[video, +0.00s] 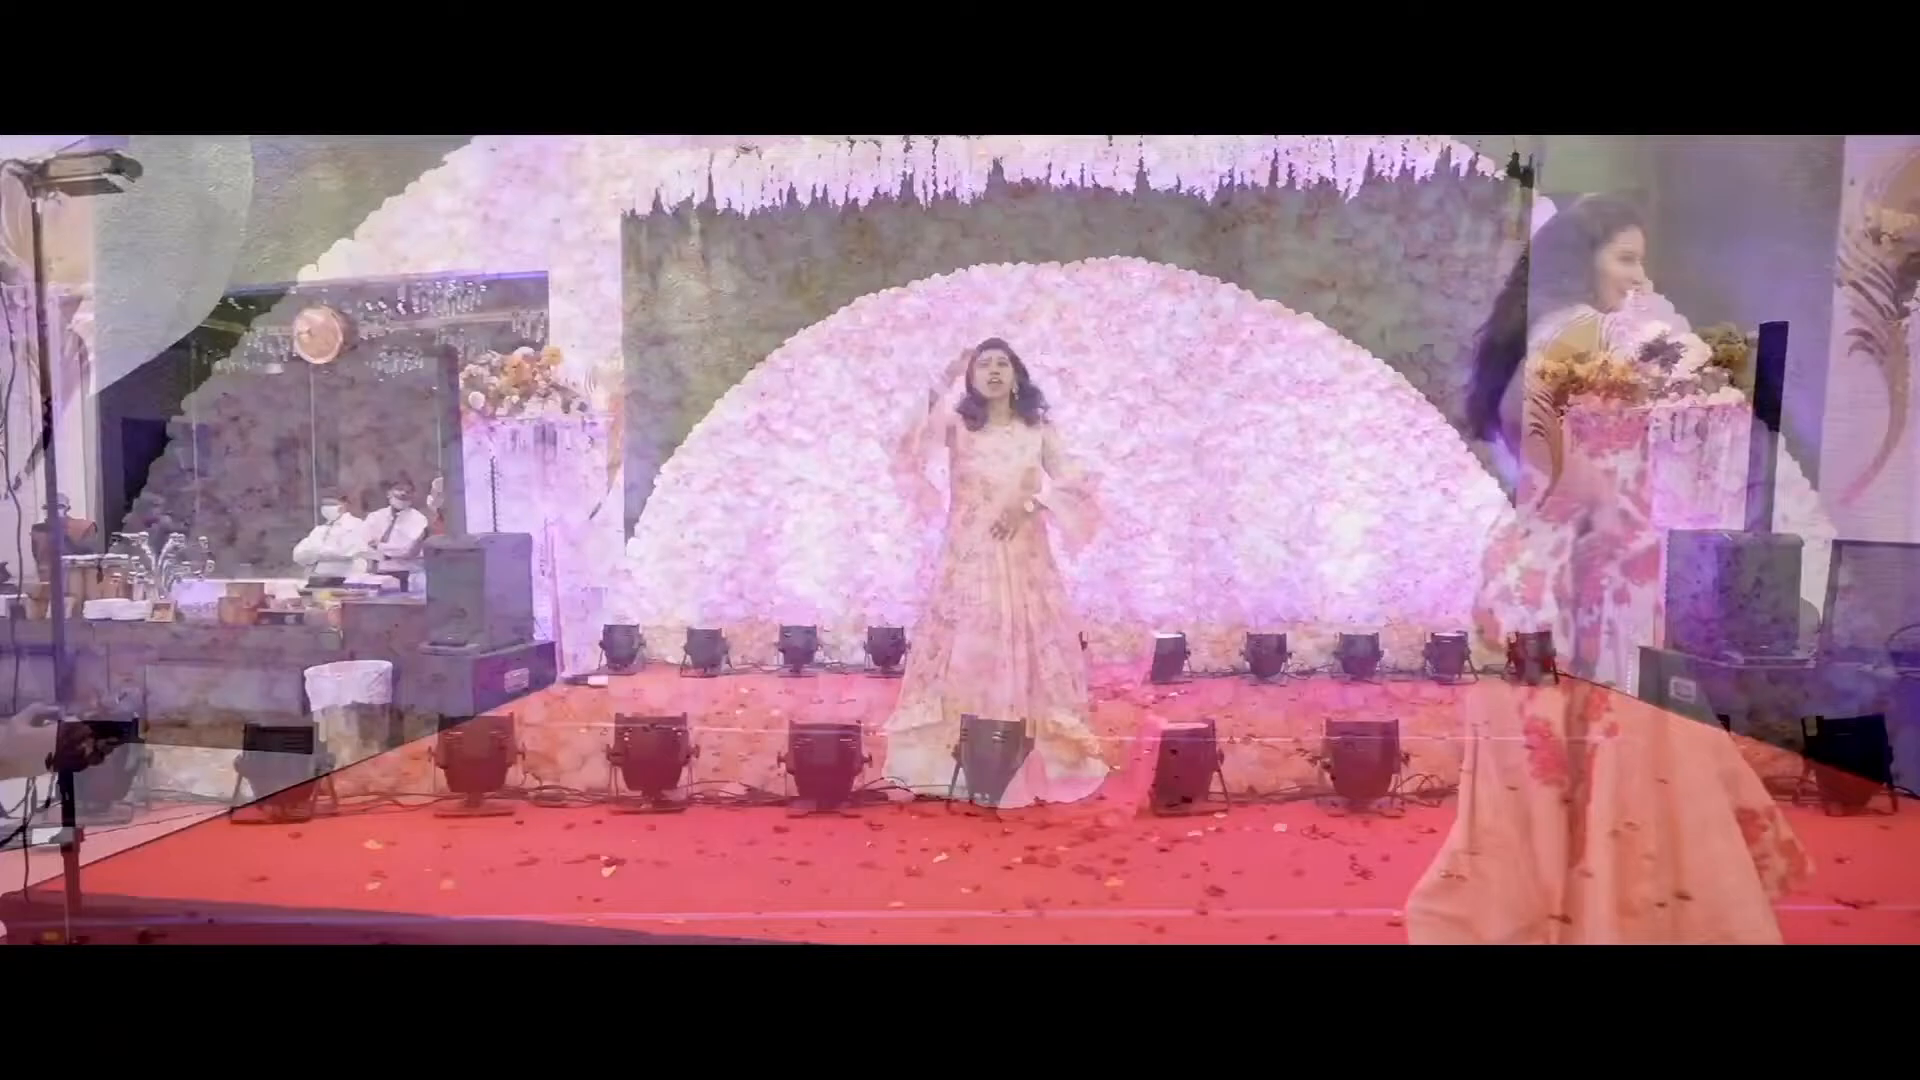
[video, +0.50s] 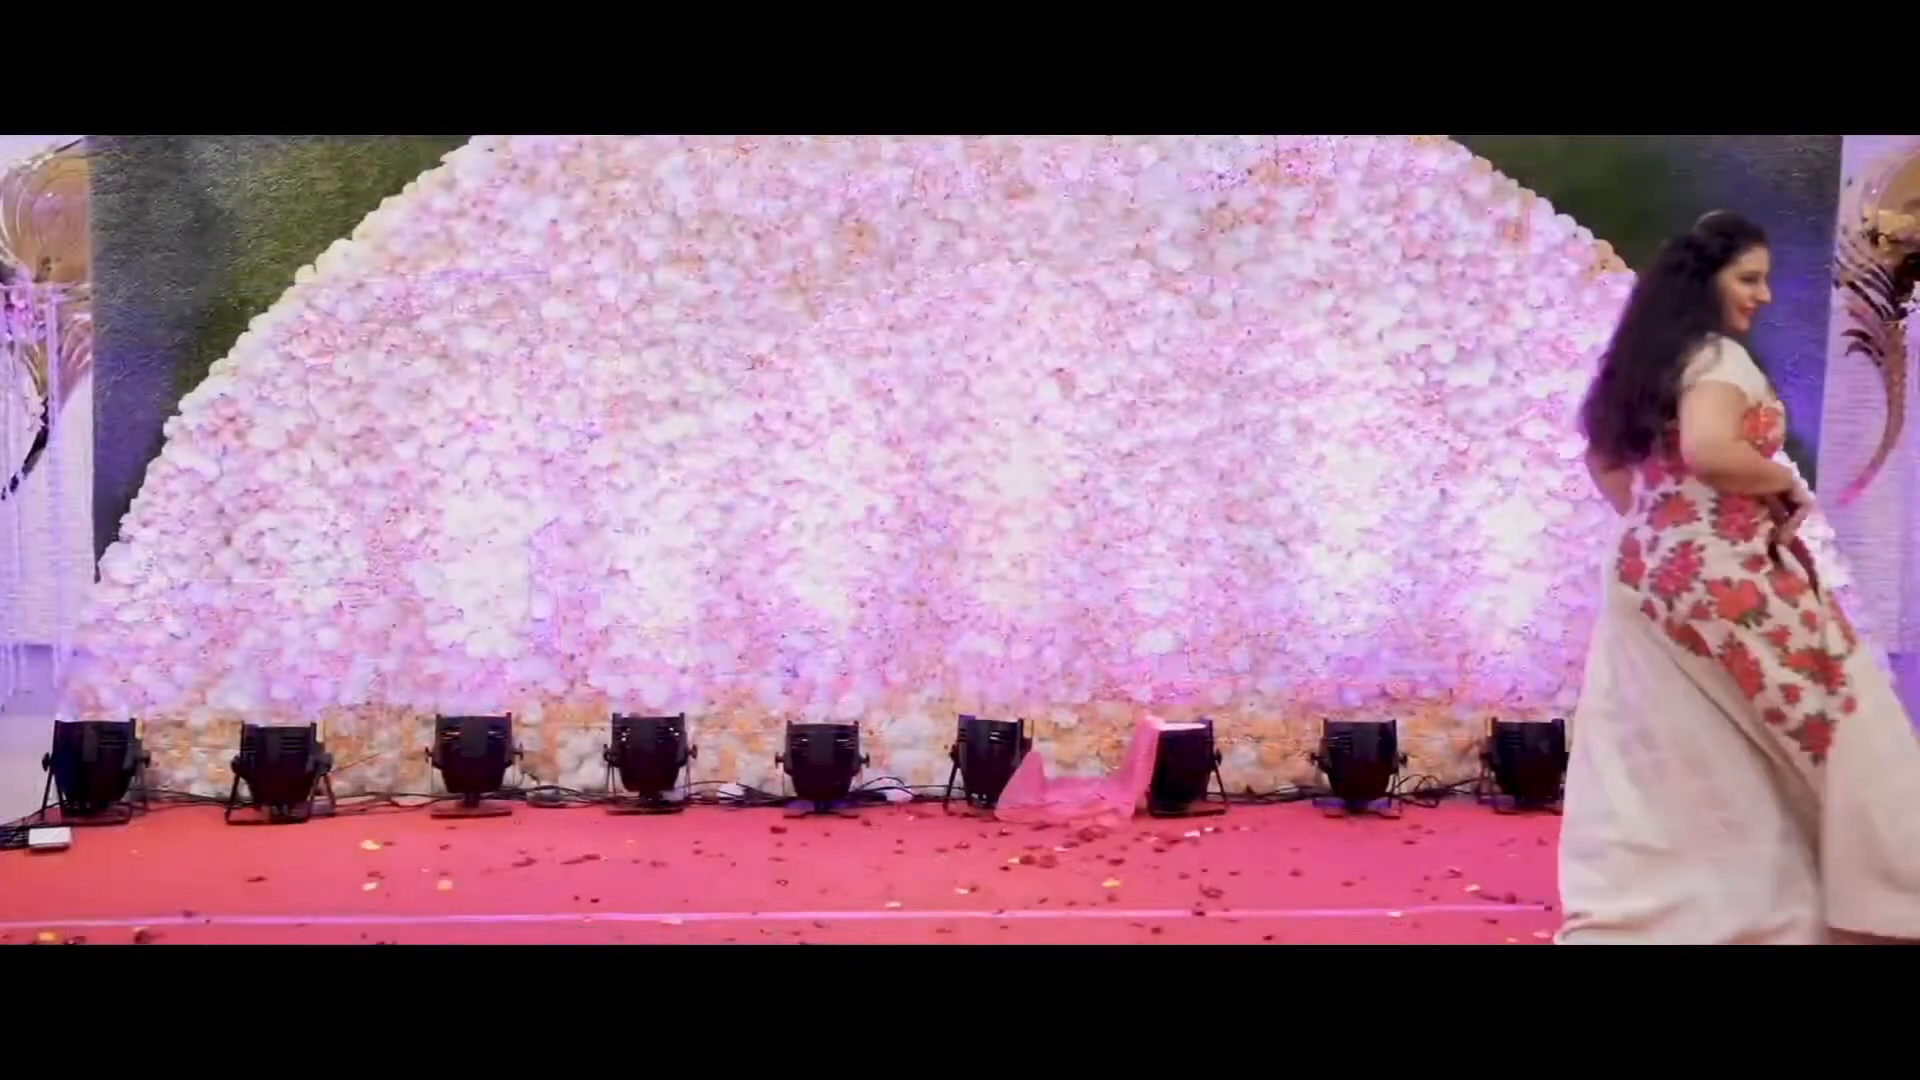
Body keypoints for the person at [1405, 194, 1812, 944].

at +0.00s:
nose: (1638, 276)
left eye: (1642, 261)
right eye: (1624, 260)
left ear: (1641, 266)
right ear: (1581, 262)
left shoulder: (1632, 349)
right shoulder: (1560, 348)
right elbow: (1554, 485)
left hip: (1629, 563)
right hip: (1565, 564)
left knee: (1625, 730)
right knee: (1561, 736)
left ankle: (1625, 900)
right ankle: (1564, 898)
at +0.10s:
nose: (1658, 282)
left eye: (1661, 268)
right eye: (1646, 267)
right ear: (1604, 268)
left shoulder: (1621, 346)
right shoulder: (1595, 349)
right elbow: (1579, 436)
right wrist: (1644, 497)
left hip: (1612, 538)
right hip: (1580, 541)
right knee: (1584, 705)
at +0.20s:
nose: (1685, 292)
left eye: (1688, 278)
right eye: (1673, 276)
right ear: (1630, 274)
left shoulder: (1636, 346)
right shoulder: (1636, 346)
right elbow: (1594, 427)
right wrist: (1680, 485)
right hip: (1614, 558)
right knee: (1615, 725)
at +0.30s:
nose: (1710, 294)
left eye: (1712, 279)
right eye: (1697, 279)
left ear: (1654, 283)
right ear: (1655, 279)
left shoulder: (1606, 350)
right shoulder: (1666, 350)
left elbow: (1551, 460)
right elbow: (1630, 438)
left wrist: (1601, 520)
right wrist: (1707, 474)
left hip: (1598, 563)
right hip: (1656, 565)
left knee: (1609, 749)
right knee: (1678, 749)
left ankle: (1606, 914)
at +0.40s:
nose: (1733, 296)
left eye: (1735, 282)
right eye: (1722, 280)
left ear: (1667, 283)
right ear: (1676, 278)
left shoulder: (1616, 358)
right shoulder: (1688, 354)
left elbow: (1576, 466)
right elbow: (1668, 447)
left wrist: (1620, 522)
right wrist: (1740, 471)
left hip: (1623, 568)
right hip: (1692, 570)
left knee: (1636, 738)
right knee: (1767, 729)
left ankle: (1633, 899)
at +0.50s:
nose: (1762, 295)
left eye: (1764, 280)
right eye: (1749, 279)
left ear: (1705, 282)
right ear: (1706, 279)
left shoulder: (1649, 355)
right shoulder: (1720, 356)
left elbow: (1603, 455)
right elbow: (1708, 448)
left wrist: (1650, 518)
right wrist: (1782, 477)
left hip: (1646, 563)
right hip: (1717, 564)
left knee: (1660, 733)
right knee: (1848, 707)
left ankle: (1632, 900)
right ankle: (1883, 898)